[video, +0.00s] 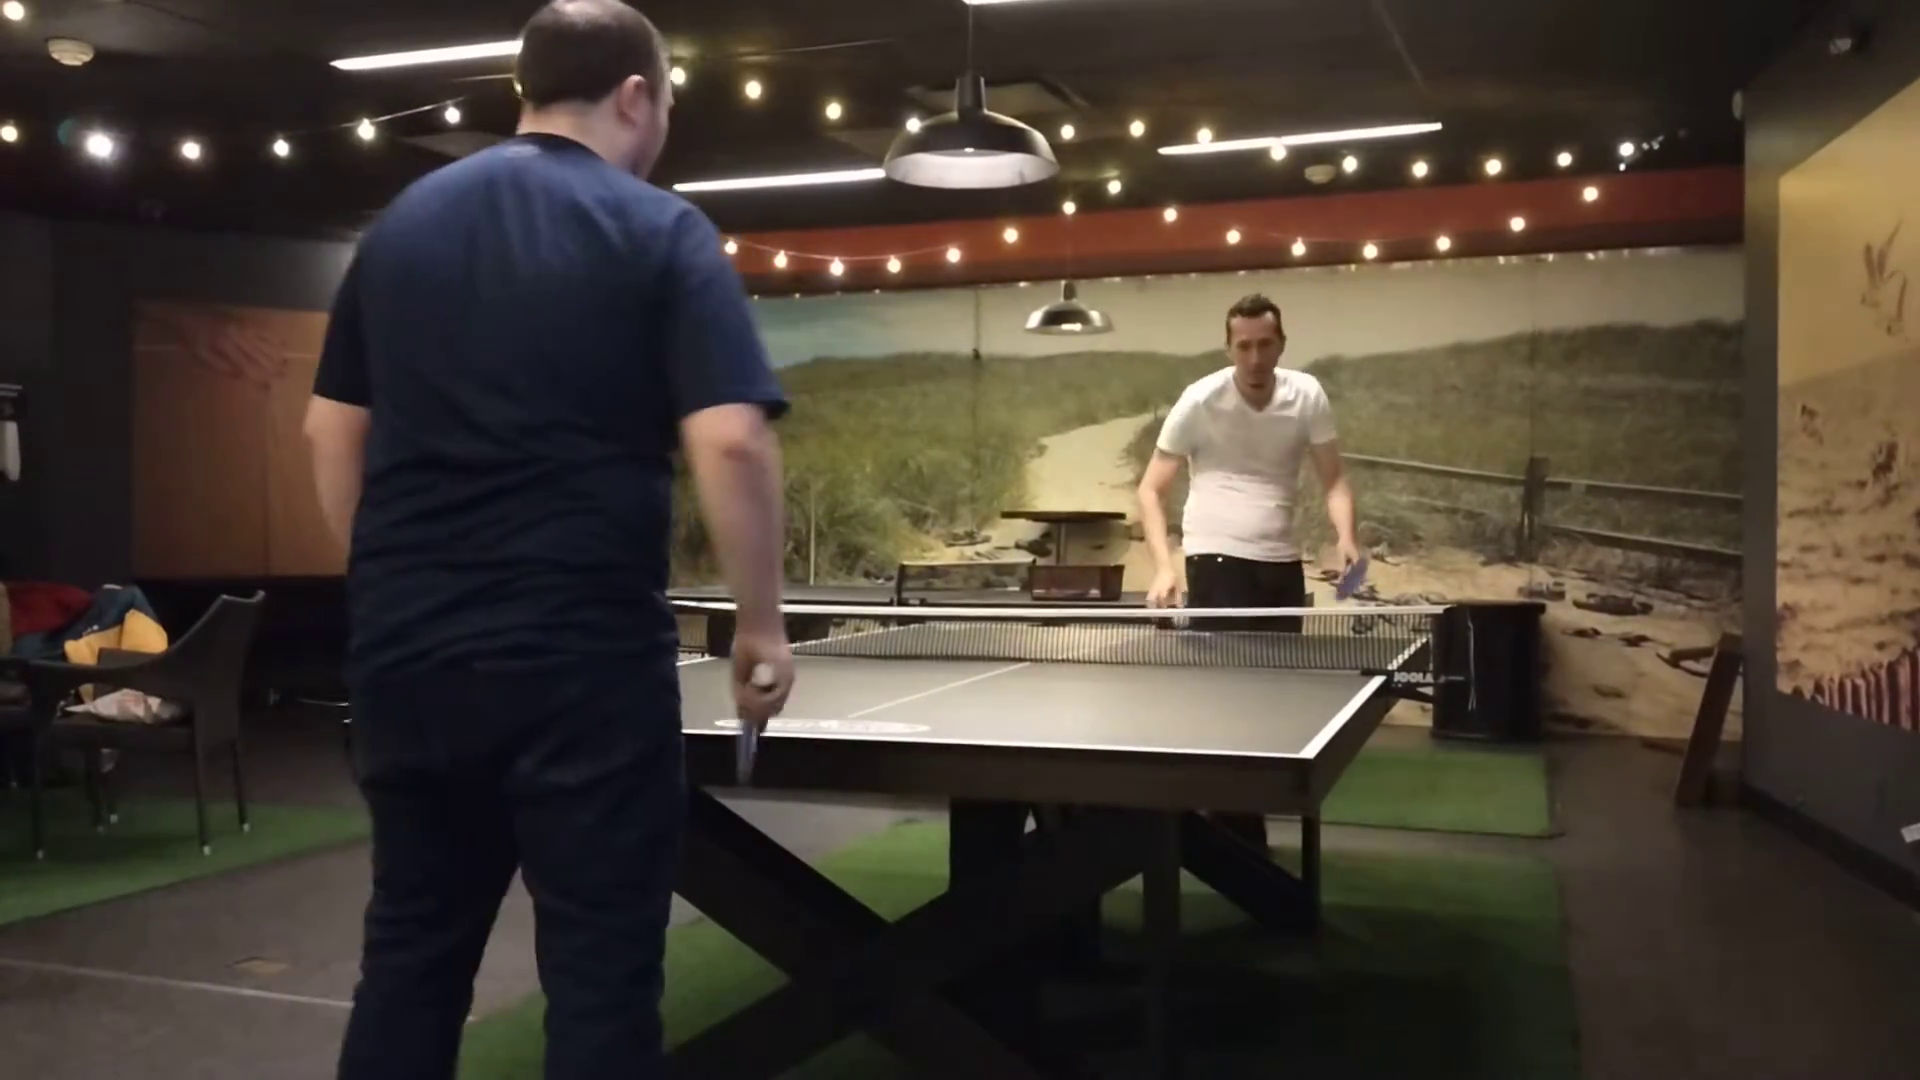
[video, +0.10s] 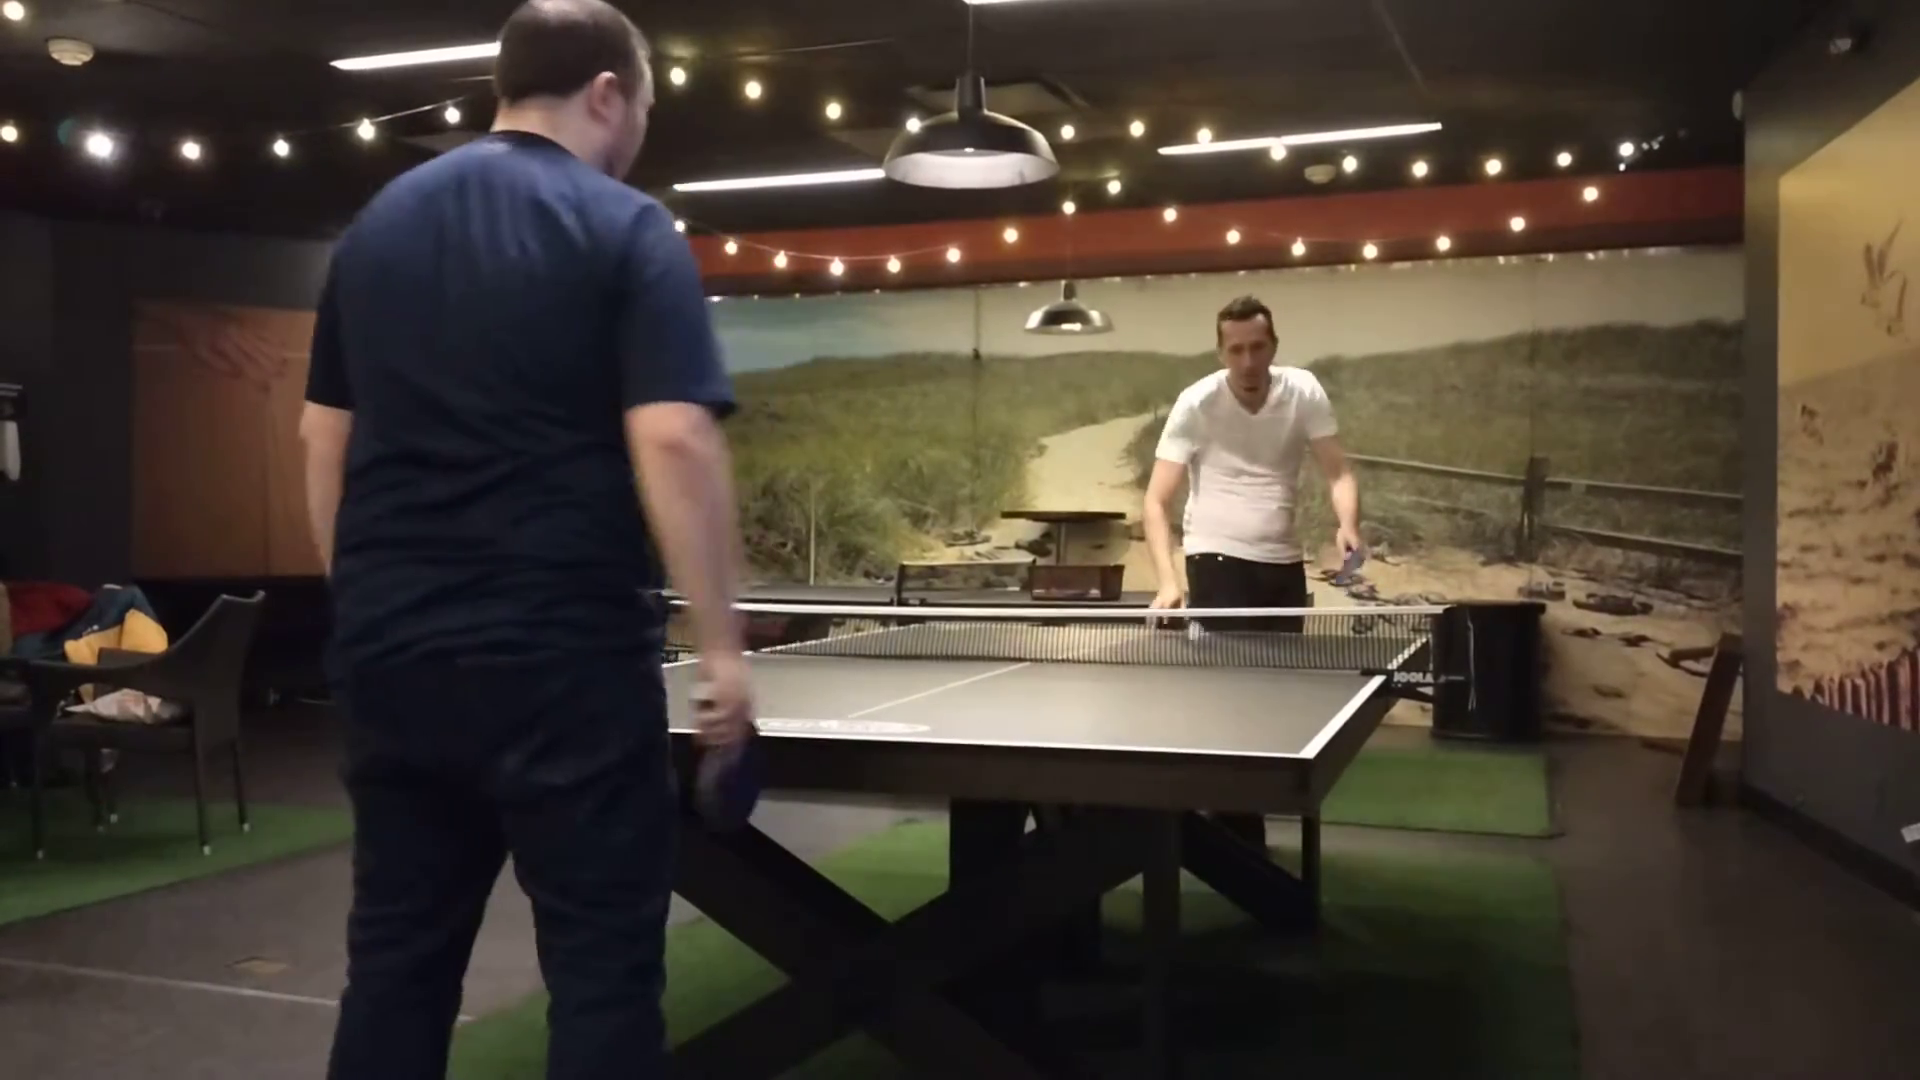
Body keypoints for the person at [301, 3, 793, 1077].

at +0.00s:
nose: (662, 128)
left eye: (660, 107)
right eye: (663, 105)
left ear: (523, 102)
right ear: (635, 96)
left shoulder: (400, 224)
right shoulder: (662, 231)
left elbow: (336, 432)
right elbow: (730, 440)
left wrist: (384, 576)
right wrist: (761, 624)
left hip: (410, 649)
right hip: (590, 663)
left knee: (411, 957)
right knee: (602, 981)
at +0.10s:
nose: (638, 135)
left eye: (639, 112)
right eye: (640, 109)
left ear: (502, 98)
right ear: (607, 95)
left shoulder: (377, 224)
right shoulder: (627, 227)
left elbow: (328, 437)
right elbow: (672, 436)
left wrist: (358, 594)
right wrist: (721, 647)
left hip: (396, 652)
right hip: (571, 667)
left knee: (396, 963)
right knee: (605, 980)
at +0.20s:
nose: (618, 151)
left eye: (620, 125)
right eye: (620, 121)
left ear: (490, 99)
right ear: (582, 98)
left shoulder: (370, 221)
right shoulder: (599, 222)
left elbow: (328, 451)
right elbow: (622, 426)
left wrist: (339, 620)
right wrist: (663, 645)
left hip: (380, 655)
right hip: (542, 667)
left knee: (385, 965)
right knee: (626, 955)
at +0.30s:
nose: (616, 151)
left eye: (619, 123)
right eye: (616, 120)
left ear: (481, 102)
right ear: (571, 100)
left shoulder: (371, 219)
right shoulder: (587, 217)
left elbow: (325, 450)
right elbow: (596, 413)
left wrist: (336, 612)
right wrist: (621, 635)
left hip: (371, 649)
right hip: (530, 660)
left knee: (383, 969)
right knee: (647, 950)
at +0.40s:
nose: (623, 158)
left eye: (628, 131)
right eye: (625, 128)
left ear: (499, 100)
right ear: (579, 101)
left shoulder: (379, 219)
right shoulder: (594, 214)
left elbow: (328, 440)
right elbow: (594, 397)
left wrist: (344, 601)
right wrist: (602, 623)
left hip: (382, 650)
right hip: (546, 656)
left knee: (390, 967)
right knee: (654, 953)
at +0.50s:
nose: (642, 162)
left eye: (648, 136)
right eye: (646, 131)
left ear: (524, 99)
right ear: (605, 105)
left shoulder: (399, 221)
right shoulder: (614, 222)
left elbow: (349, 450)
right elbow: (614, 415)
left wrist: (368, 621)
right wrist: (618, 637)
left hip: (406, 655)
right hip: (571, 659)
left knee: (402, 973)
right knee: (661, 965)